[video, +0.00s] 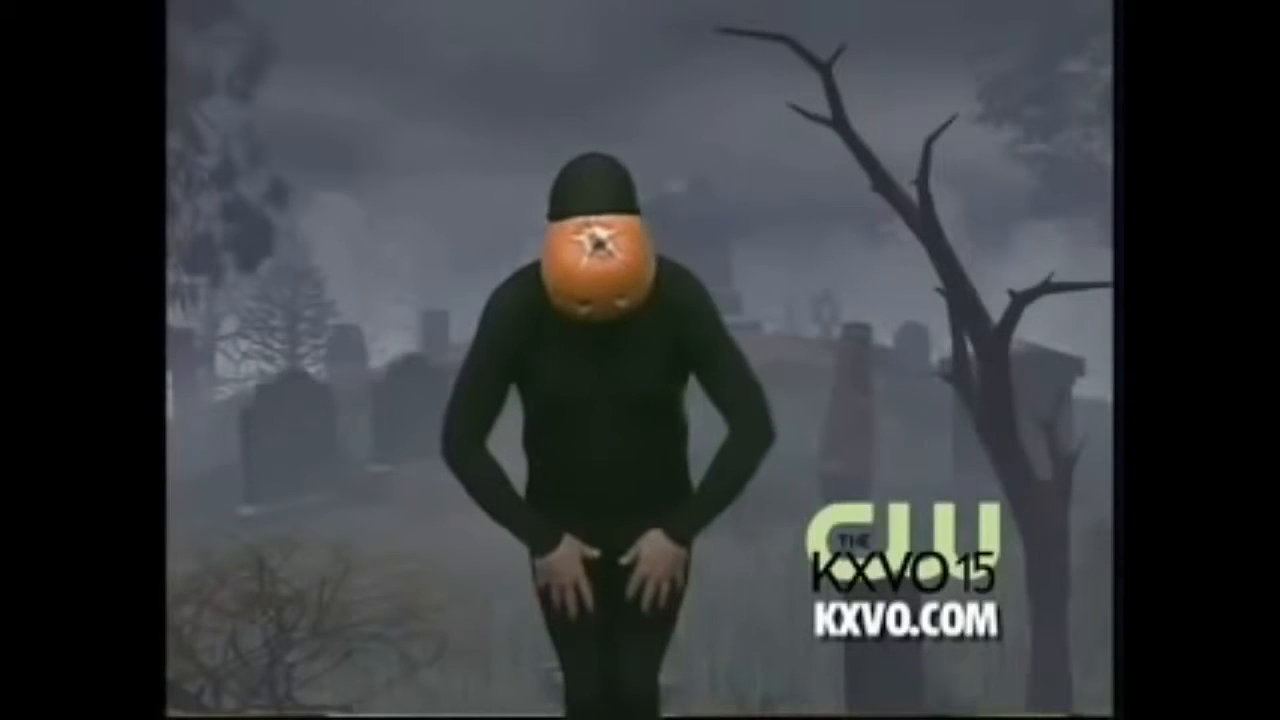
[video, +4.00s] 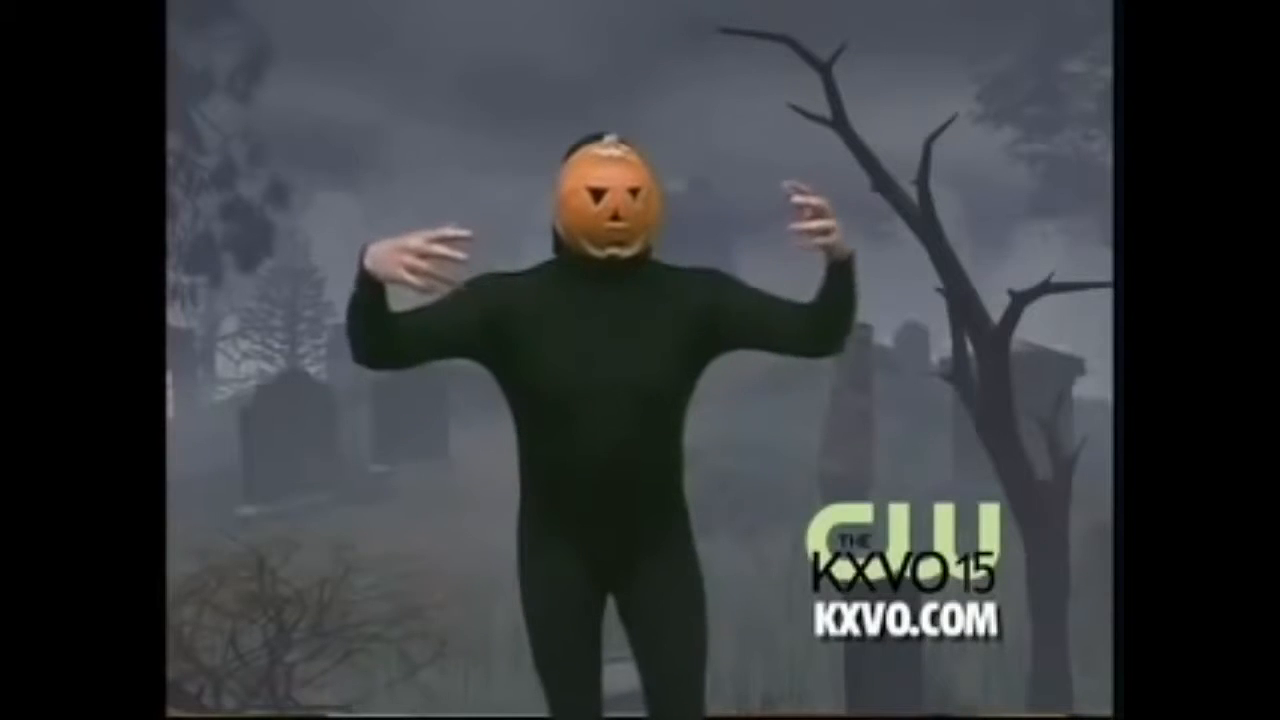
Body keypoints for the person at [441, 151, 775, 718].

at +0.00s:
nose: (597, 246)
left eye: (613, 229)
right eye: (580, 230)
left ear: (638, 230)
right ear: (553, 232)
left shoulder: (677, 298)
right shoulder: (519, 306)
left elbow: (753, 427)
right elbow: (461, 442)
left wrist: (678, 533)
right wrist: (544, 540)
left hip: (656, 520)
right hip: (560, 523)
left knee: (635, 690)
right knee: (586, 693)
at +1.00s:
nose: (604, 242)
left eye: (622, 223)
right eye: (587, 223)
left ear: (648, 226)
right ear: (560, 228)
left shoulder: (682, 292)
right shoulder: (526, 298)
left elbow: (775, 409)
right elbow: (456, 434)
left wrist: (693, 497)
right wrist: (536, 511)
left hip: (659, 534)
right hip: (564, 537)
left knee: (637, 696)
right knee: (589, 696)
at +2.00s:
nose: (610, 209)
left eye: (628, 196)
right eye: (594, 195)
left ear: (657, 210)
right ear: (566, 210)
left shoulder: (688, 298)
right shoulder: (530, 302)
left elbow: (780, 412)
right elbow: (460, 433)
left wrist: (724, 439)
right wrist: (504, 448)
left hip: (659, 528)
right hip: (564, 532)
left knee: (638, 694)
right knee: (589, 693)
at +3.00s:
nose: (614, 213)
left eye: (630, 187)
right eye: (591, 187)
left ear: (656, 206)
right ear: (562, 207)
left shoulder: (689, 302)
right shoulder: (521, 303)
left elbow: (791, 405)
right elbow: (413, 406)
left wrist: (783, 356)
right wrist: (442, 356)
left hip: (656, 533)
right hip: (560, 535)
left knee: (642, 700)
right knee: (582, 700)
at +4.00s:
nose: (616, 206)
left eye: (633, 193)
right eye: (596, 193)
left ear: (657, 209)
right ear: (559, 210)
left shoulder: (696, 299)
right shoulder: (505, 303)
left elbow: (821, 333)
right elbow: (379, 347)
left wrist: (840, 261)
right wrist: (371, 274)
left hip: (659, 545)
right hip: (556, 549)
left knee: (680, 704)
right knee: (572, 706)